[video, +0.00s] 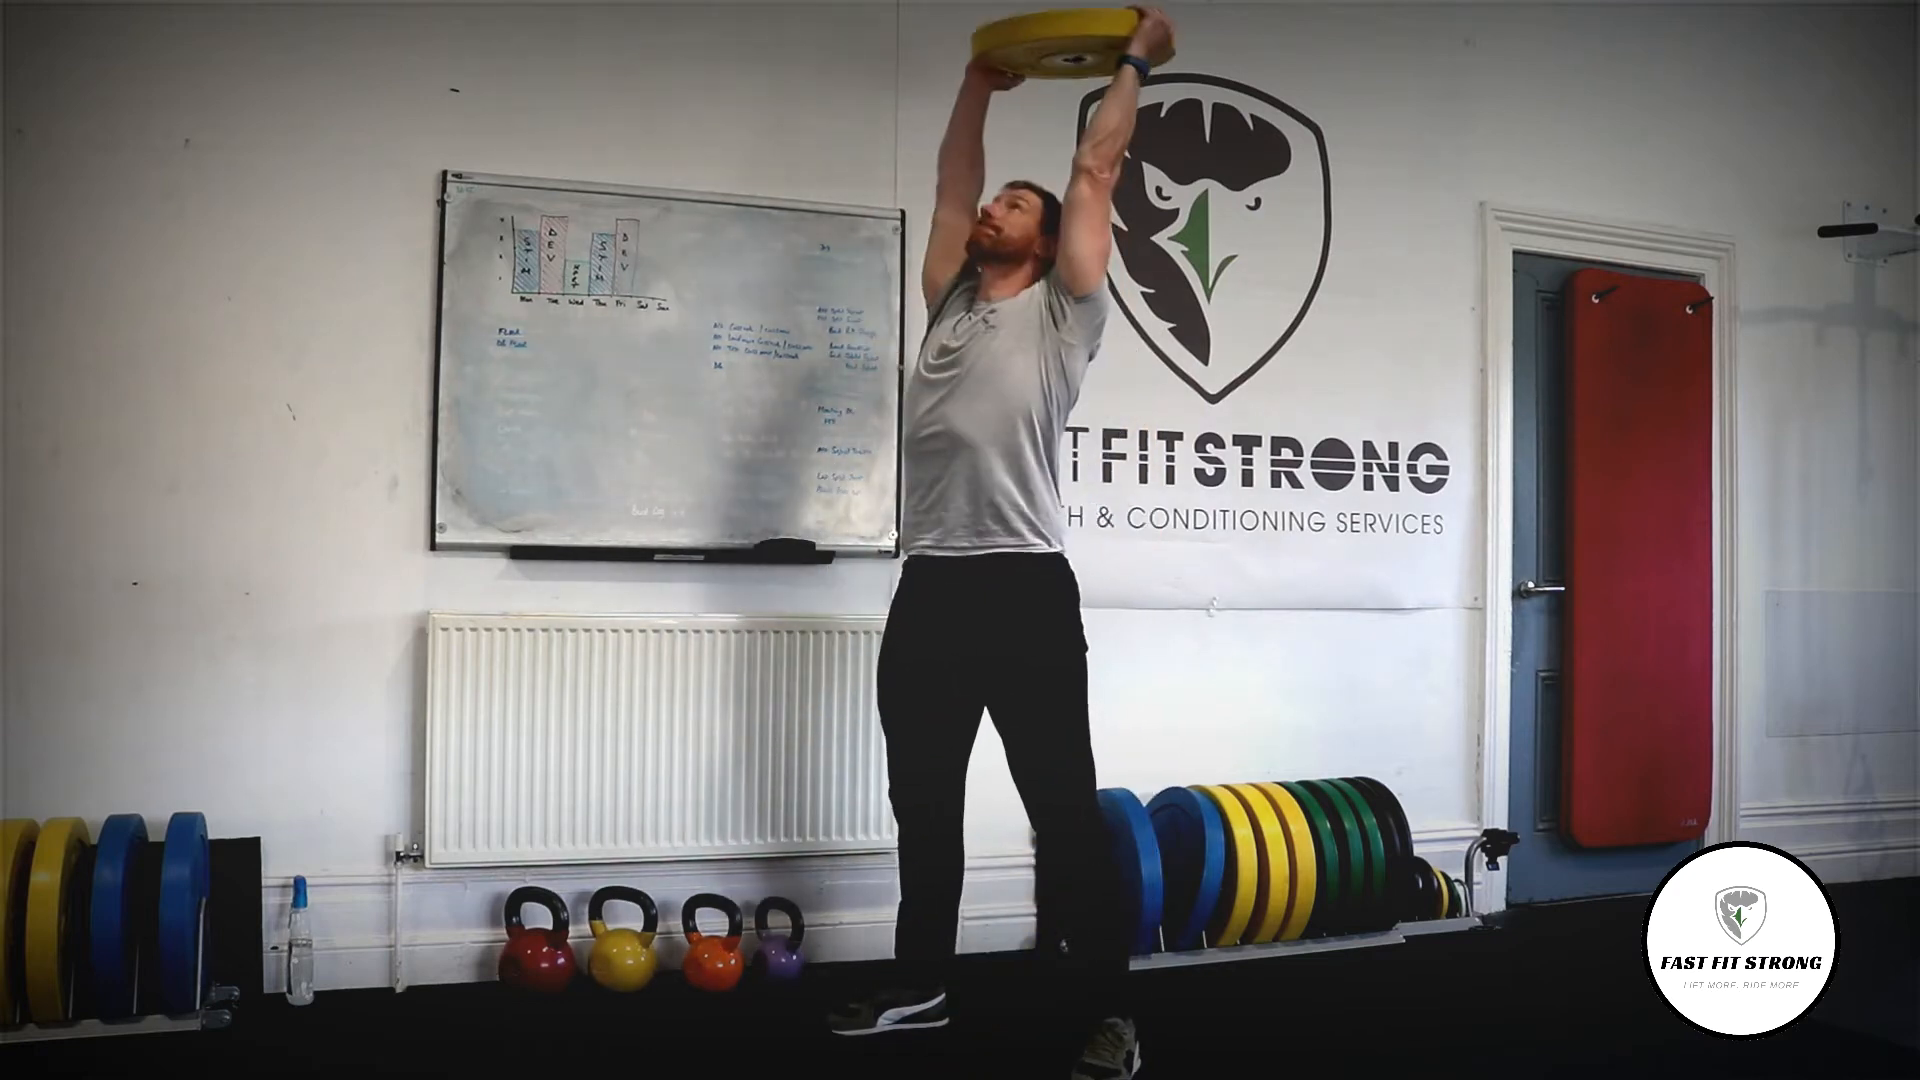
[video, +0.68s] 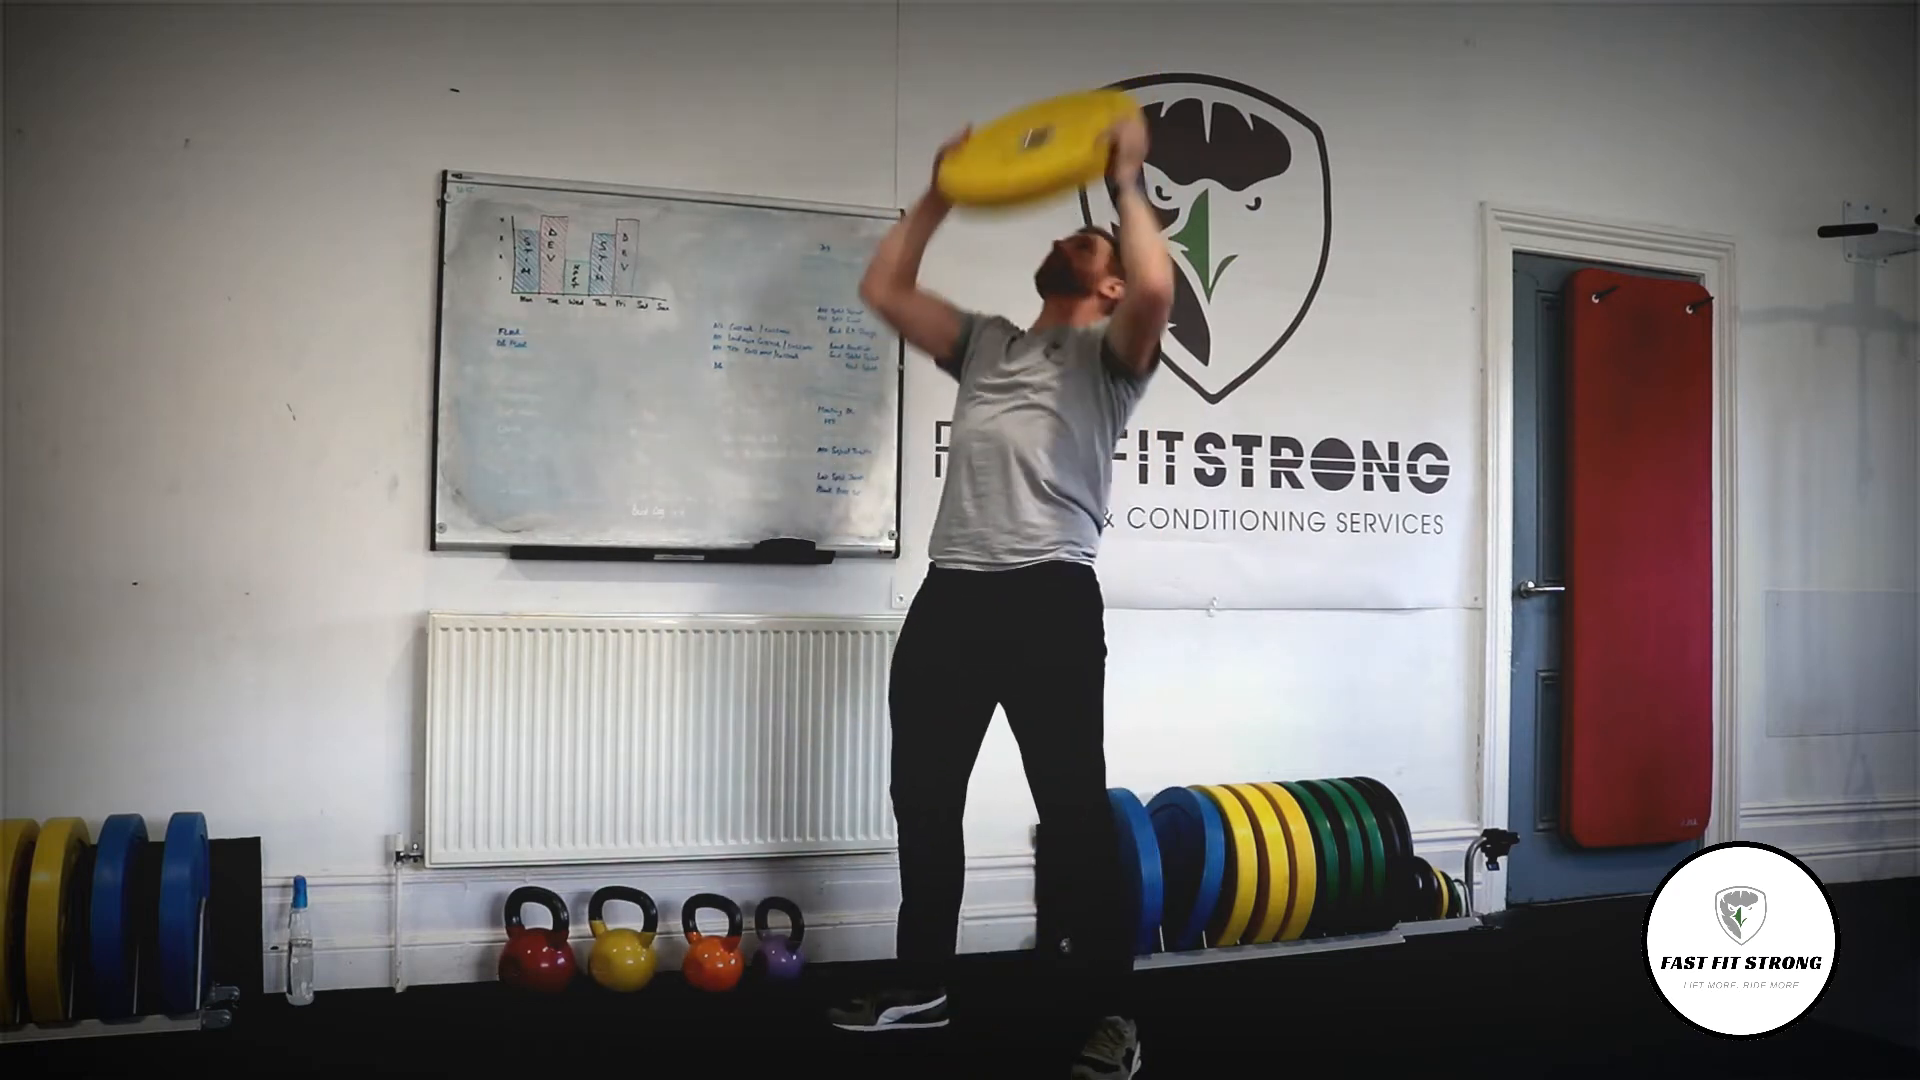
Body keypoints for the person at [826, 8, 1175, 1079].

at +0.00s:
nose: (1000, 205)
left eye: (1019, 201)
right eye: (992, 200)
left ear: (1049, 239)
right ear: (975, 229)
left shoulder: (1065, 311)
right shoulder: (948, 307)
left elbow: (1099, 170)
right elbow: (957, 186)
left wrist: (1136, 59)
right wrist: (979, 79)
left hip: (1026, 593)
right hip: (926, 593)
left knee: (1062, 810)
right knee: (923, 808)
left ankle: (1097, 1014)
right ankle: (922, 993)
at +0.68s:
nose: (1079, 243)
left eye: (1097, 243)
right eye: (1075, 235)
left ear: (1116, 287)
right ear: (1049, 272)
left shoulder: (1108, 357)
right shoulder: (983, 343)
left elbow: (1152, 292)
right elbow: (885, 289)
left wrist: (1129, 181)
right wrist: (938, 195)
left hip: (1050, 599)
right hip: (949, 599)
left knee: (1071, 809)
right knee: (924, 802)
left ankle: (1096, 1011)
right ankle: (923, 988)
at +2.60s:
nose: (876, 578)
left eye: (886, 558)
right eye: (864, 562)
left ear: (935, 532)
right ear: (854, 554)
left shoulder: (1020, 614)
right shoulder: (872, 625)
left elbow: (1040, 761)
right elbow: (886, 751)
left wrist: (1053, 901)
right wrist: (881, 877)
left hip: (1082, 761)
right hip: (968, 773)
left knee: (1121, 858)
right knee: (829, 805)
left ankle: (1114, 1029)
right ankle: (901, 989)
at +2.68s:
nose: (880, 536)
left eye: (892, 518)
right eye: (870, 521)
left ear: (940, 497)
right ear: (862, 517)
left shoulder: (1021, 575)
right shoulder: (876, 589)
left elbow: (1049, 723)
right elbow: (887, 712)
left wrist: (1052, 860)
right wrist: (880, 838)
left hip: (1085, 730)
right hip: (972, 739)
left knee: (1128, 859)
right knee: (835, 805)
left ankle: (1115, 1031)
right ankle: (910, 990)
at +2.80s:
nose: (887, 436)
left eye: (901, 418)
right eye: (879, 421)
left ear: (950, 407)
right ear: (873, 421)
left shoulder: (1025, 490)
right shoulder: (884, 507)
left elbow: (1085, 617)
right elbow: (890, 626)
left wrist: (1058, 755)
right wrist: (877, 750)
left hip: (1084, 678)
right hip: (979, 683)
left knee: (1108, 840)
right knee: (859, 790)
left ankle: (1109, 1025)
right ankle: (910, 986)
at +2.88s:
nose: (902, 362)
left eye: (919, 346)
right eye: (895, 347)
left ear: (968, 348)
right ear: (887, 356)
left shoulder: (1032, 435)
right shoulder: (890, 452)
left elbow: (1114, 550)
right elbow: (898, 565)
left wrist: (1067, 660)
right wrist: (876, 669)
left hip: (1083, 631)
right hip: (983, 642)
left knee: (1117, 814)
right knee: (882, 783)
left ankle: (1115, 1019)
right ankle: (914, 986)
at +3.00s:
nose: (949, 276)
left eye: (966, 262)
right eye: (944, 263)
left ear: (1014, 272)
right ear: (939, 275)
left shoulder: (1068, 369)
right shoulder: (925, 380)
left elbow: (1134, 492)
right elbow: (914, 494)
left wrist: (1067, 544)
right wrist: (873, 551)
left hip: (1065, 612)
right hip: (962, 612)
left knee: (1098, 805)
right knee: (894, 790)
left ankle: (1115, 1017)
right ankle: (916, 991)